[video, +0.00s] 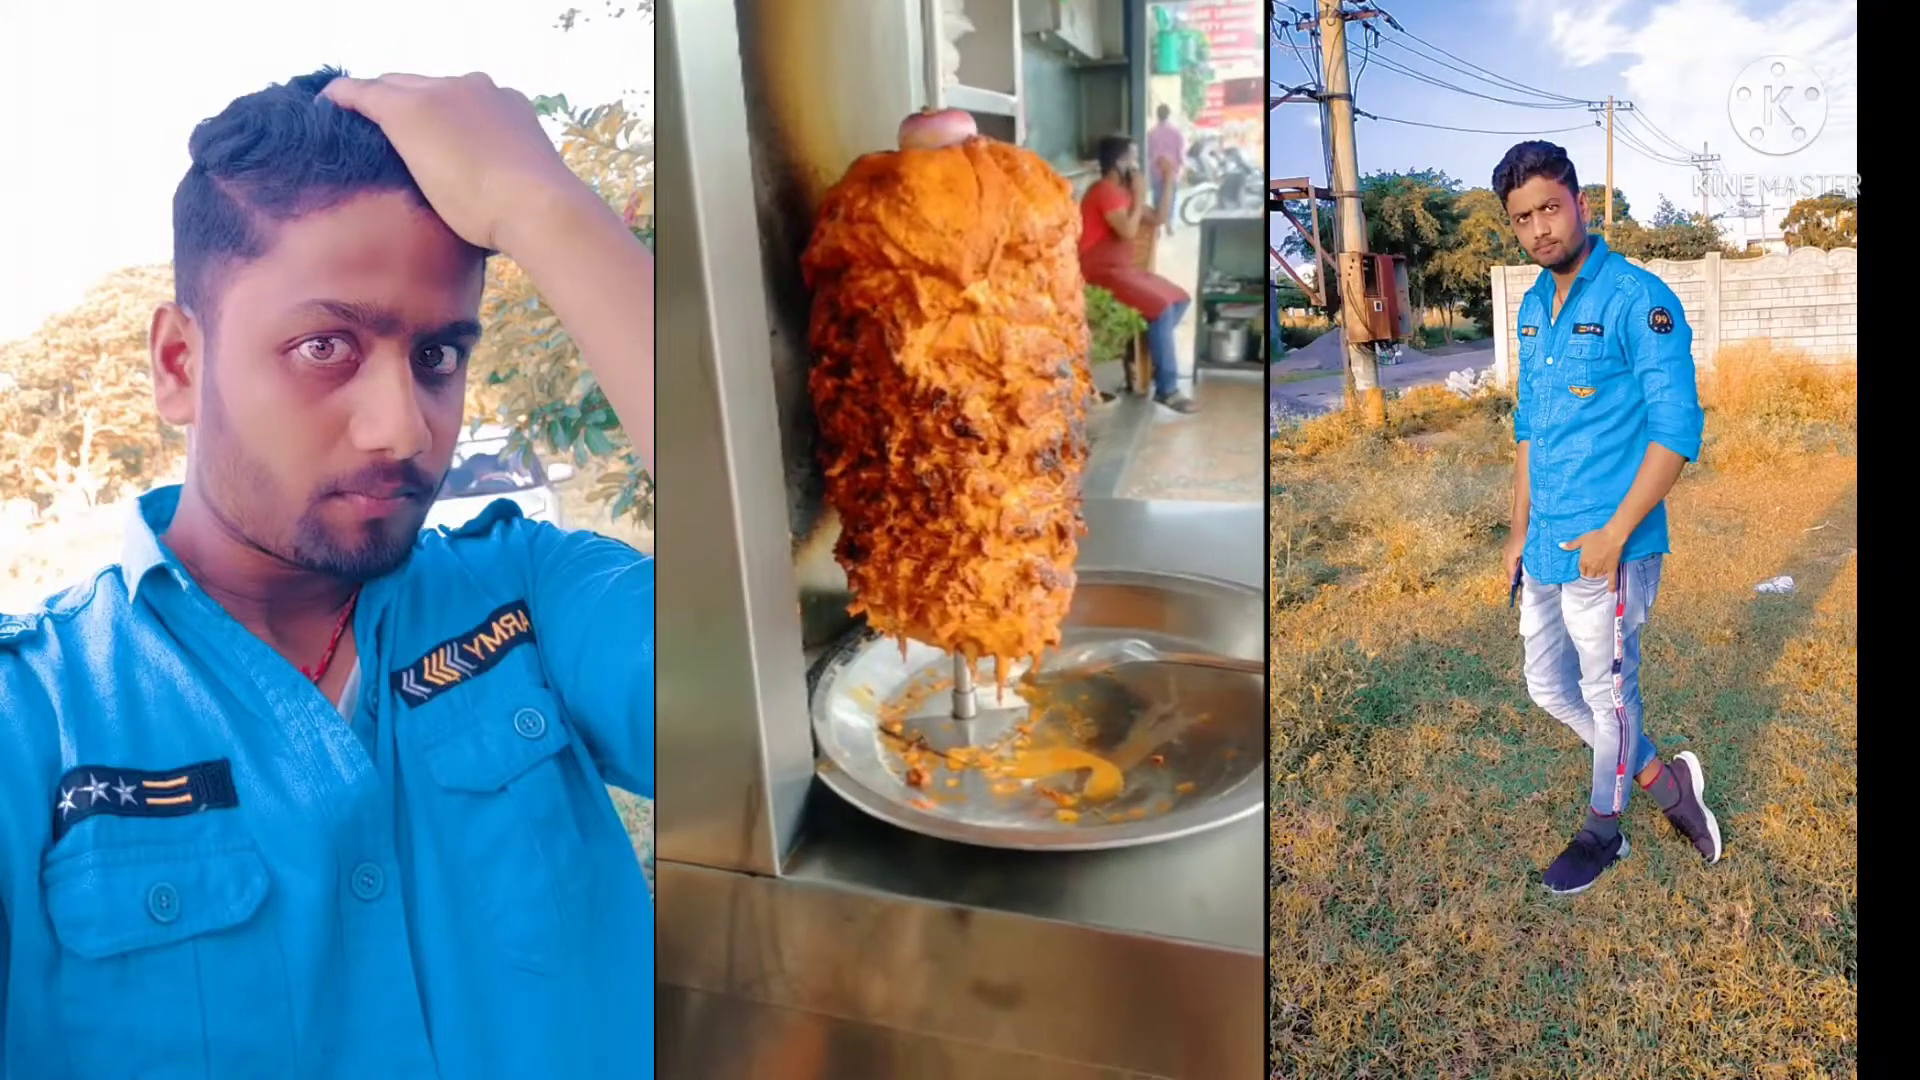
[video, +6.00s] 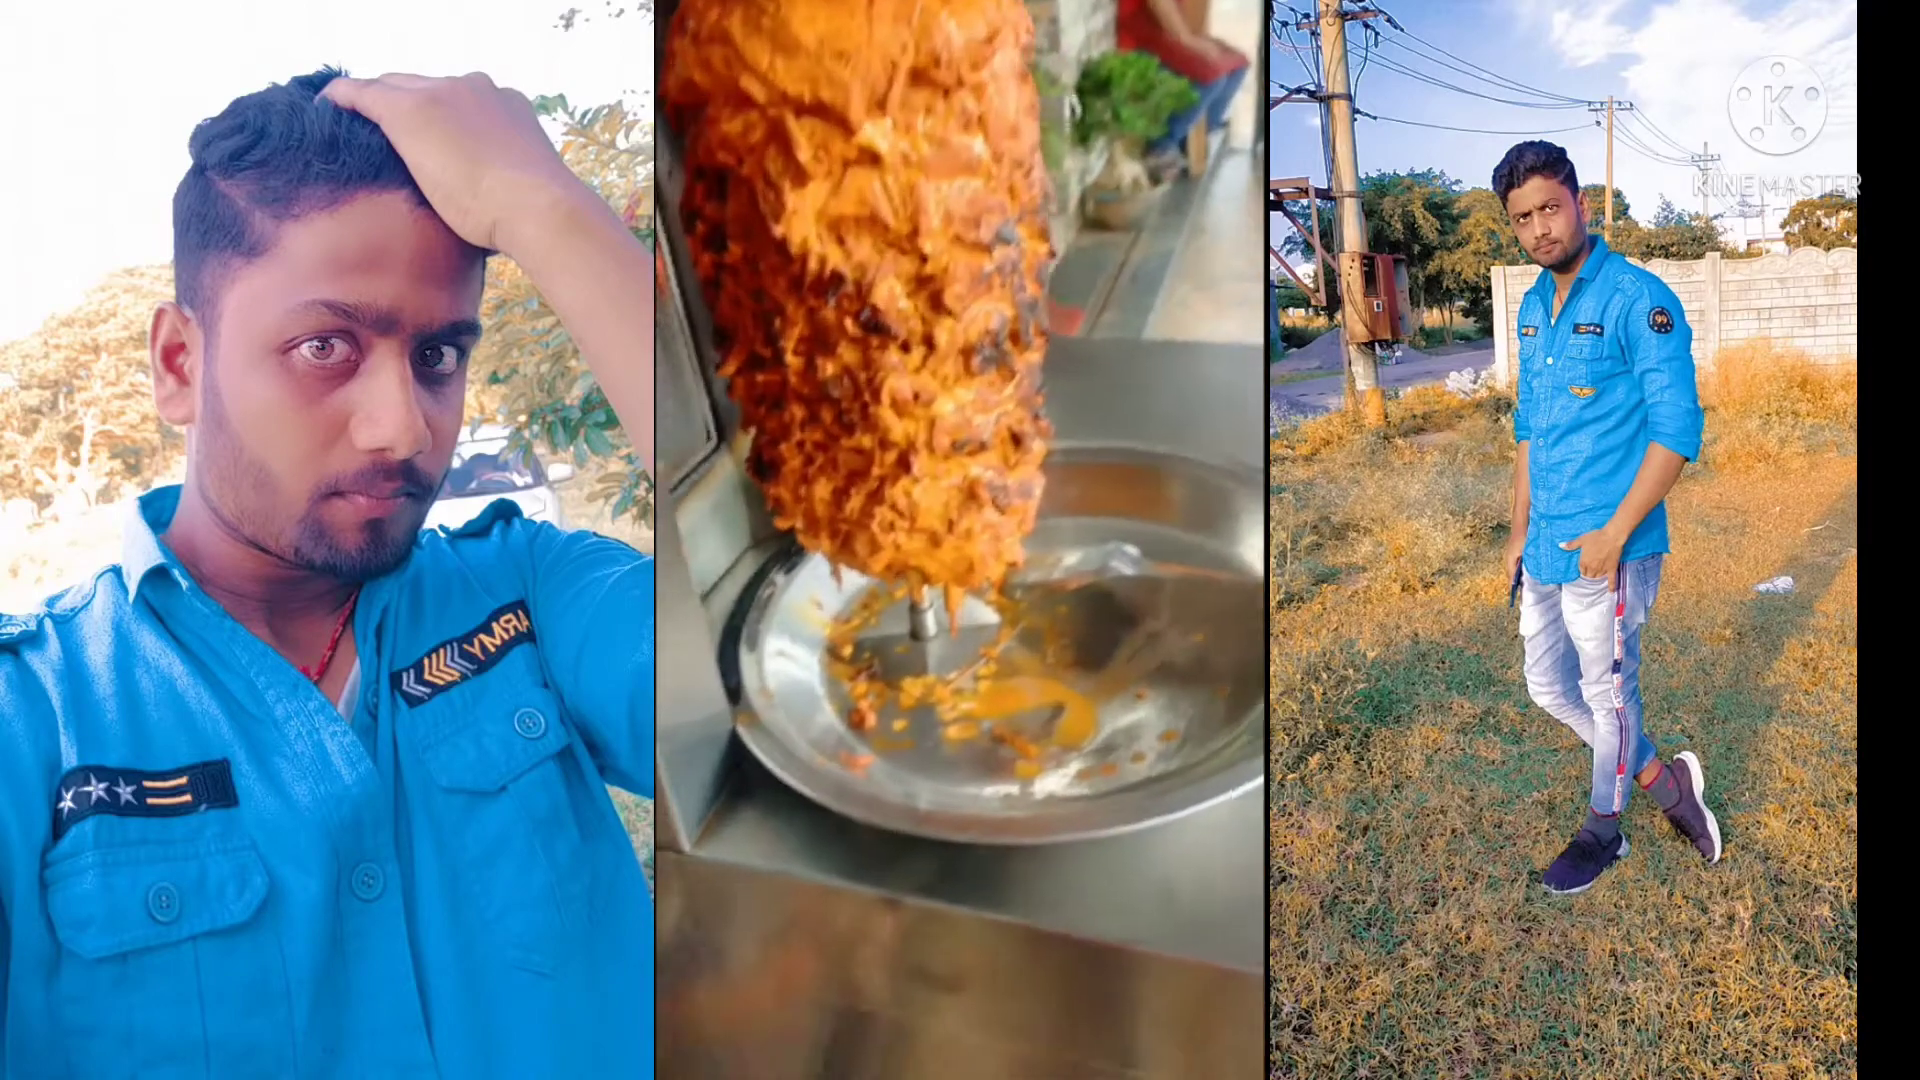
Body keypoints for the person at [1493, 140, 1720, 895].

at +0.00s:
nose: (1538, 228)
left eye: (1549, 208)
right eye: (1522, 218)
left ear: (1581, 203)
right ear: (1513, 228)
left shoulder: (1640, 298)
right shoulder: (1534, 307)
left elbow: (1678, 431)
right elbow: (1529, 431)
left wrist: (1615, 532)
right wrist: (1520, 530)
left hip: (1611, 536)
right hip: (1544, 538)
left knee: (1610, 689)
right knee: (1548, 684)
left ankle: (1602, 828)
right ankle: (1666, 778)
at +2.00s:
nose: (1537, 228)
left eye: (1549, 208)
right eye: (1522, 218)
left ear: (1582, 202)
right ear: (1513, 229)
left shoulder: (1640, 298)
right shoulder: (1534, 307)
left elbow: (1678, 431)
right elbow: (1529, 431)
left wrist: (1616, 532)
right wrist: (1519, 529)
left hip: (1611, 536)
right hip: (1544, 538)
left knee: (1610, 689)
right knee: (1549, 684)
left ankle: (1602, 829)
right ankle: (1665, 778)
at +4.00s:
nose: (1537, 229)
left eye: (1548, 209)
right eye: (1522, 219)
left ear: (1582, 203)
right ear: (1513, 228)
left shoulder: (1640, 298)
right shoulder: (1534, 307)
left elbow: (1678, 432)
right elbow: (1529, 431)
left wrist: (1615, 533)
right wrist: (1519, 529)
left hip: (1611, 537)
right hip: (1544, 538)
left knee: (1609, 689)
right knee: (1549, 684)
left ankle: (1602, 828)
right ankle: (1665, 778)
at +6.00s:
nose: (1537, 229)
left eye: (1548, 208)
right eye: (1522, 219)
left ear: (1582, 202)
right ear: (1513, 228)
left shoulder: (1641, 298)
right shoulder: (1534, 306)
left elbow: (1678, 432)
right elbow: (1529, 431)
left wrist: (1616, 532)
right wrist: (1519, 528)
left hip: (1612, 537)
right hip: (1544, 538)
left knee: (1609, 690)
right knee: (1549, 685)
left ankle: (1603, 828)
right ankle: (1665, 777)